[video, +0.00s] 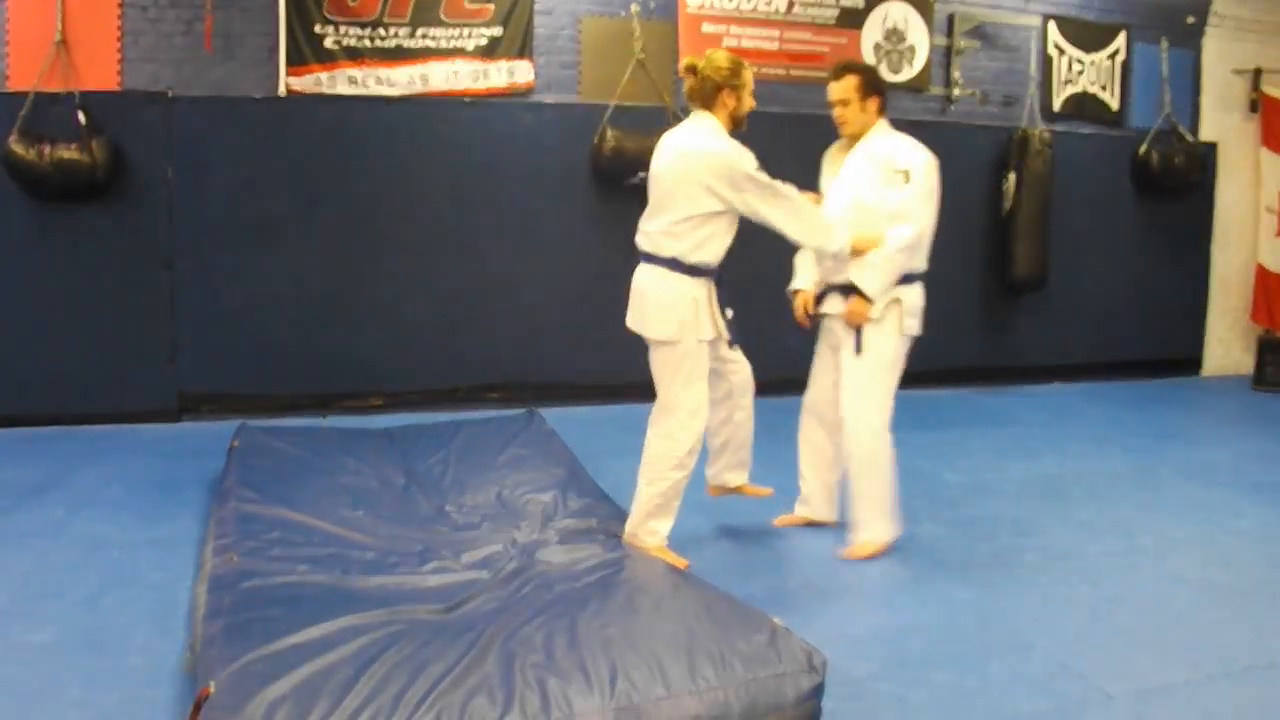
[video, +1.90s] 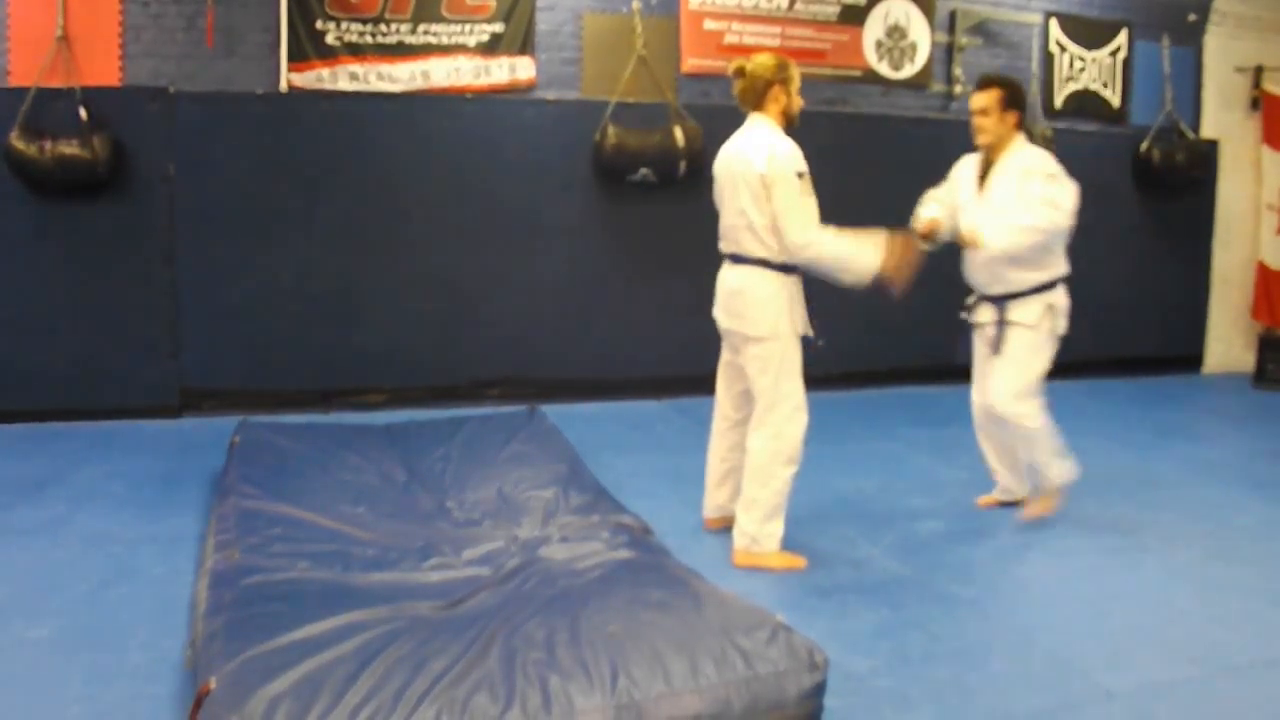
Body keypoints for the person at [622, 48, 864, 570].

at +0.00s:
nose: (753, 99)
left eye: (751, 91)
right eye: (749, 91)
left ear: (711, 95)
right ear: (727, 96)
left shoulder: (678, 138)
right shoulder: (719, 153)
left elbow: (744, 190)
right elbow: (776, 208)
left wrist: (796, 200)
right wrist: (845, 240)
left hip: (670, 283)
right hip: (678, 293)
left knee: (732, 377)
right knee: (682, 413)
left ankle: (726, 476)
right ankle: (645, 533)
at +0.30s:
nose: (758, 106)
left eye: (756, 97)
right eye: (755, 98)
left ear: (712, 99)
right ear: (740, 100)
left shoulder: (680, 150)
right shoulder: (742, 158)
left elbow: (718, 214)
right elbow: (783, 234)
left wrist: (768, 250)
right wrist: (836, 289)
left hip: (678, 284)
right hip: (707, 292)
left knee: (712, 403)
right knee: (693, 412)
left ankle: (707, 509)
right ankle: (646, 530)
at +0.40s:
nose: (772, 109)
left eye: (770, 100)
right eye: (769, 100)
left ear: (726, 105)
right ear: (750, 104)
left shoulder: (696, 155)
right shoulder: (750, 160)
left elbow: (694, 232)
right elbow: (769, 246)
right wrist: (790, 320)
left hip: (688, 282)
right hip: (720, 291)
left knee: (717, 407)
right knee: (719, 413)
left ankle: (707, 507)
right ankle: (651, 523)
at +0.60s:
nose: (796, 110)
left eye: (794, 101)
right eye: (791, 101)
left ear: (751, 104)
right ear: (773, 104)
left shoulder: (728, 148)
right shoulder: (767, 155)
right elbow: (750, 235)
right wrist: (728, 304)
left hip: (706, 277)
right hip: (737, 285)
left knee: (721, 406)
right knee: (775, 406)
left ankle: (709, 510)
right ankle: (727, 518)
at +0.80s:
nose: (809, 108)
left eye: (807, 100)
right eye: (804, 100)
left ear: (763, 104)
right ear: (787, 104)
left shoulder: (738, 151)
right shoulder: (787, 159)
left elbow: (723, 232)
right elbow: (778, 245)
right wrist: (770, 324)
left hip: (718, 285)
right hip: (754, 293)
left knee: (728, 409)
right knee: (779, 421)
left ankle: (710, 502)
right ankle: (759, 543)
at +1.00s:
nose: (811, 98)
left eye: (809, 89)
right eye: (807, 90)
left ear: (759, 94)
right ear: (792, 95)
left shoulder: (733, 148)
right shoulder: (797, 153)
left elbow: (734, 223)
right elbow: (817, 240)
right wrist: (842, 312)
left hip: (723, 280)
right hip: (765, 290)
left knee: (737, 403)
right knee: (779, 417)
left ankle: (721, 496)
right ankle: (758, 543)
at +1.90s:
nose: (799, 100)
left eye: (795, 91)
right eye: (794, 92)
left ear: (752, 96)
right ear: (778, 95)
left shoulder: (731, 149)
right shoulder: (779, 154)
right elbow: (800, 241)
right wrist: (876, 254)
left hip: (733, 283)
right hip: (767, 291)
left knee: (734, 404)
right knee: (782, 416)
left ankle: (720, 506)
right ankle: (756, 541)